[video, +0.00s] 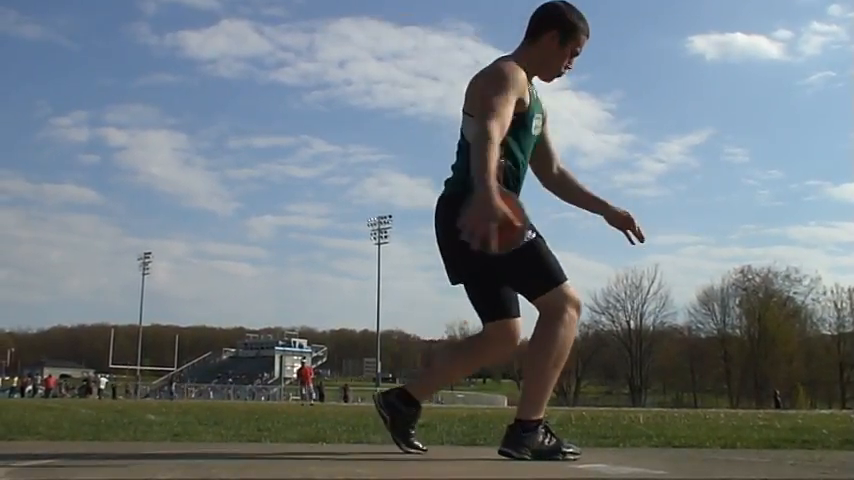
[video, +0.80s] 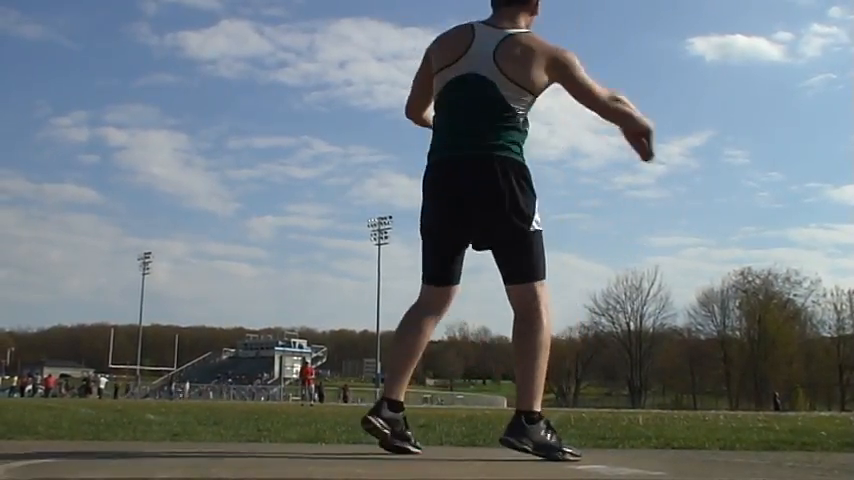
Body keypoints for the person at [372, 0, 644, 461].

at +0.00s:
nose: (570, 65)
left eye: (575, 58)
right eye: (571, 52)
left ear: (549, 43)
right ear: (548, 37)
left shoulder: (532, 102)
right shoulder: (506, 75)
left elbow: (552, 173)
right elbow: (486, 133)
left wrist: (606, 209)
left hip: (462, 211)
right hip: (487, 207)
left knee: (503, 337)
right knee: (563, 305)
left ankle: (404, 400)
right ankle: (528, 429)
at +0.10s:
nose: (582, 72)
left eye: (587, 64)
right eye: (582, 60)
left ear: (563, 53)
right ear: (556, 46)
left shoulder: (549, 111)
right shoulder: (503, 84)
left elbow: (566, 182)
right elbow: (447, 125)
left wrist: (613, 226)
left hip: (479, 220)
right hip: (486, 216)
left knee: (511, 346)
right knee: (573, 311)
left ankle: (408, 401)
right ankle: (527, 430)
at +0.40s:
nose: (593, 85)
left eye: (597, 76)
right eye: (594, 73)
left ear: (569, 64)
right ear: (572, 62)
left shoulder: (550, 120)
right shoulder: (513, 97)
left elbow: (530, 189)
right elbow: (445, 136)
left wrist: (548, 248)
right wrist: (376, 171)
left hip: (472, 236)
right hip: (497, 232)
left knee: (507, 352)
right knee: (582, 323)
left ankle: (400, 404)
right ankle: (527, 432)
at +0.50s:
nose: (586, 81)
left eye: (590, 71)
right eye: (588, 69)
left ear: (557, 58)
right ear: (571, 60)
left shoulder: (527, 103)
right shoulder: (525, 96)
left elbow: (494, 170)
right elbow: (478, 149)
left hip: (464, 235)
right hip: (504, 230)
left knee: (494, 351)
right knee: (575, 326)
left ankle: (393, 408)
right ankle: (526, 431)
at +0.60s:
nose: (573, 63)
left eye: (574, 55)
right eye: (576, 55)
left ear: (530, 45)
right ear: (567, 51)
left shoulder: (486, 87)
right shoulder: (542, 91)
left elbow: (446, 150)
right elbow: (550, 149)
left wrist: (455, 207)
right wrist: (581, 205)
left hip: (453, 221)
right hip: (503, 217)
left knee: (477, 338)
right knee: (560, 325)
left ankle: (384, 410)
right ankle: (525, 431)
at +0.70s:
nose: (557, 38)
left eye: (556, 30)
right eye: (559, 30)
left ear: (511, 23)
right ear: (552, 29)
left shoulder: (469, 63)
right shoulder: (546, 75)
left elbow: (422, 130)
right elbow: (609, 130)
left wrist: (442, 173)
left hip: (445, 201)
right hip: (499, 201)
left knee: (456, 315)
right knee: (542, 316)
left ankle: (382, 409)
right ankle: (524, 430)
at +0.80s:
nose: (539, 12)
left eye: (535, 9)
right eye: (540, 9)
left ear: (492, 5)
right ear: (534, 7)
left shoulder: (445, 42)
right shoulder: (543, 52)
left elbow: (416, 110)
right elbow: (602, 100)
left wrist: (452, 120)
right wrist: (636, 121)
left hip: (442, 180)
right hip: (500, 178)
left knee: (432, 299)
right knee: (530, 304)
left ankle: (388, 407)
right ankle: (528, 421)